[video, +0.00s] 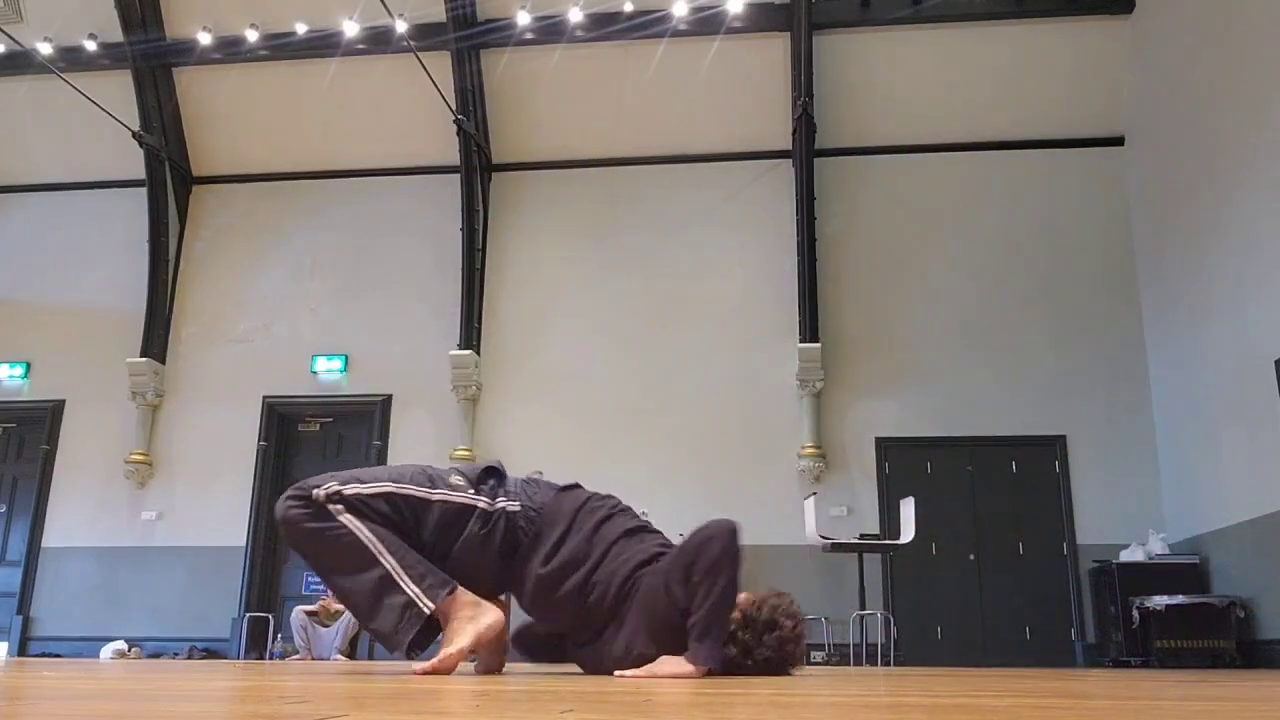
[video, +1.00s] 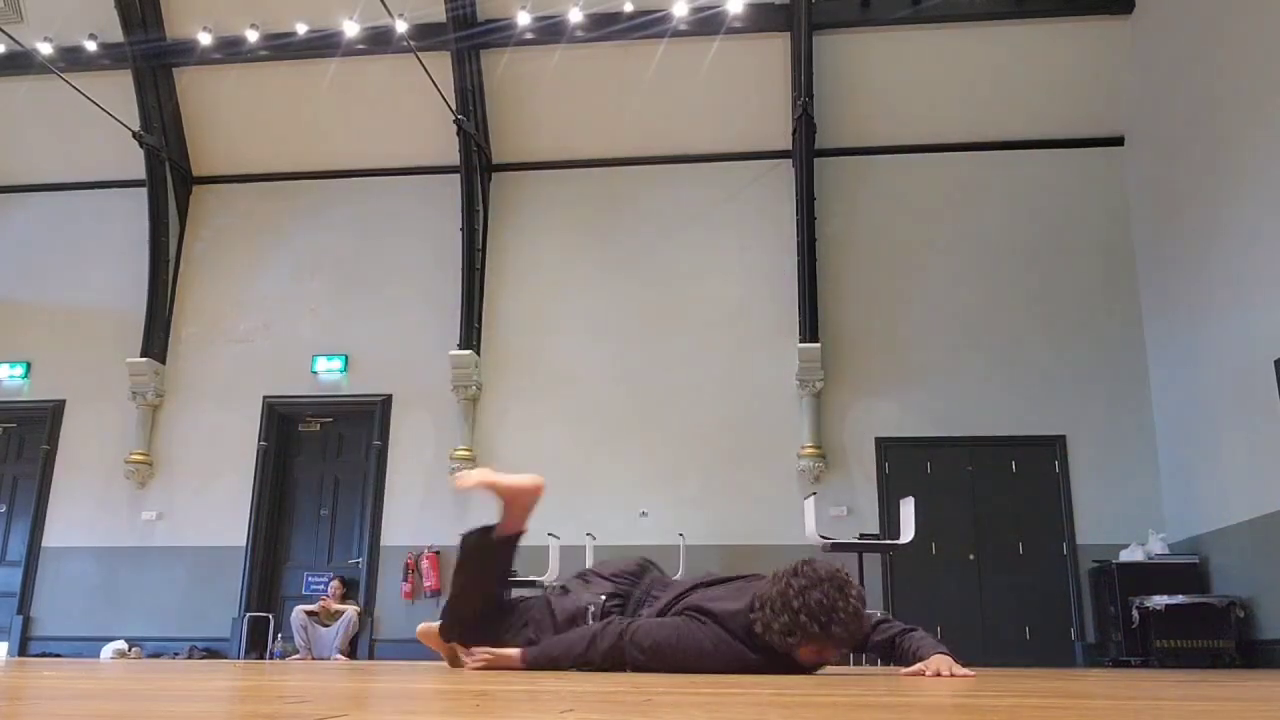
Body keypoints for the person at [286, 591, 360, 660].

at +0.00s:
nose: (334, 593)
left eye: (337, 591)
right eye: (331, 589)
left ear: (343, 593)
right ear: (328, 591)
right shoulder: (323, 604)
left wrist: (338, 607)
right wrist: (316, 608)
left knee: (353, 614)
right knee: (296, 612)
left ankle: (336, 653)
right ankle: (304, 653)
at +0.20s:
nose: (333, 591)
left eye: (337, 589)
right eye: (331, 588)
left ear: (343, 591)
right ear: (327, 589)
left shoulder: (348, 604)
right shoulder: (322, 604)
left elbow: (356, 610)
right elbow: (297, 609)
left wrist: (335, 607)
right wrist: (316, 608)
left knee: (352, 613)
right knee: (296, 612)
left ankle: (336, 654)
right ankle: (304, 653)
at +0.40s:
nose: (333, 591)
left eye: (337, 589)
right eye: (331, 588)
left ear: (343, 590)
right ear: (328, 589)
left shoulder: (349, 603)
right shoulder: (322, 603)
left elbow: (357, 610)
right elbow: (298, 609)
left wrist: (335, 607)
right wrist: (316, 608)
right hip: (315, 637)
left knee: (352, 613)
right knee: (297, 612)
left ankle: (336, 653)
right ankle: (304, 653)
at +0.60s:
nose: (333, 591)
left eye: (337, 589)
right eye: (331, 588)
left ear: (343, 591)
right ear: (328, 589)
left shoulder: (348, 603)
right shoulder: (323, 603)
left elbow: (357, 610)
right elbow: (298, 609)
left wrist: (334, 607)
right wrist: (316, 608)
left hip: (336, 633)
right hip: (316, 633)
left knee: (352, 613)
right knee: (297, 611)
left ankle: (337, 650)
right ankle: (304, 651)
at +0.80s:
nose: (333, 591)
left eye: (337, 589)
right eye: (331, 588)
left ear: (343, 591)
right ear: (328, 589)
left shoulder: (348, 603)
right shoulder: (322, 603)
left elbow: (356, 609)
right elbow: (297, 609)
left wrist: (334, 606)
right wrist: (314, 608)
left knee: (352, 613)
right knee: (297, 612)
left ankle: (337, 653)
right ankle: (304, 653)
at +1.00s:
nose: (333, 591)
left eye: (337, 589)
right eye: (331, 588)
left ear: (343, 591)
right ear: (328, 589)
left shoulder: (348, 603)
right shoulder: (322, 603)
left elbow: (356, 610)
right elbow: (297, 609)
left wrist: (334, 606)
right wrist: (314, 608)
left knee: (352, 614)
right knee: (297, 612)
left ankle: (337, 653)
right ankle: (304, 653)